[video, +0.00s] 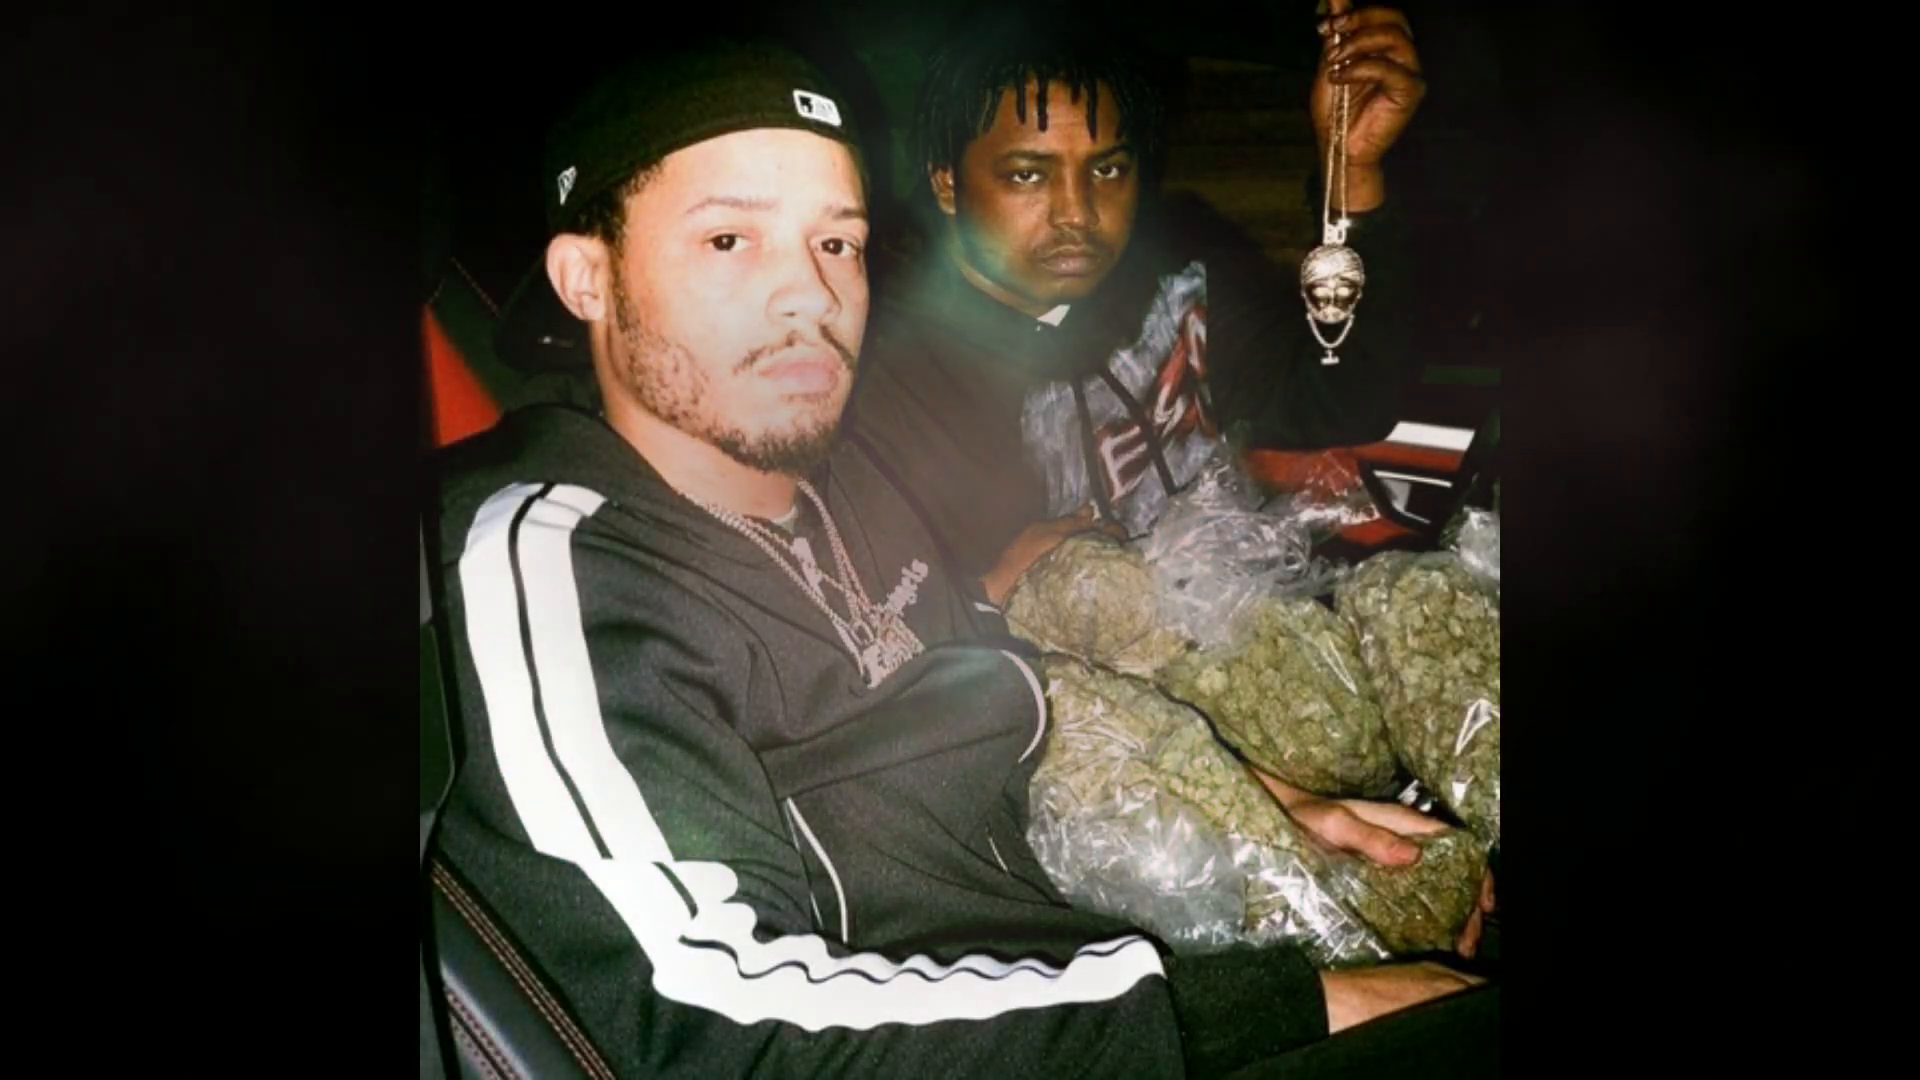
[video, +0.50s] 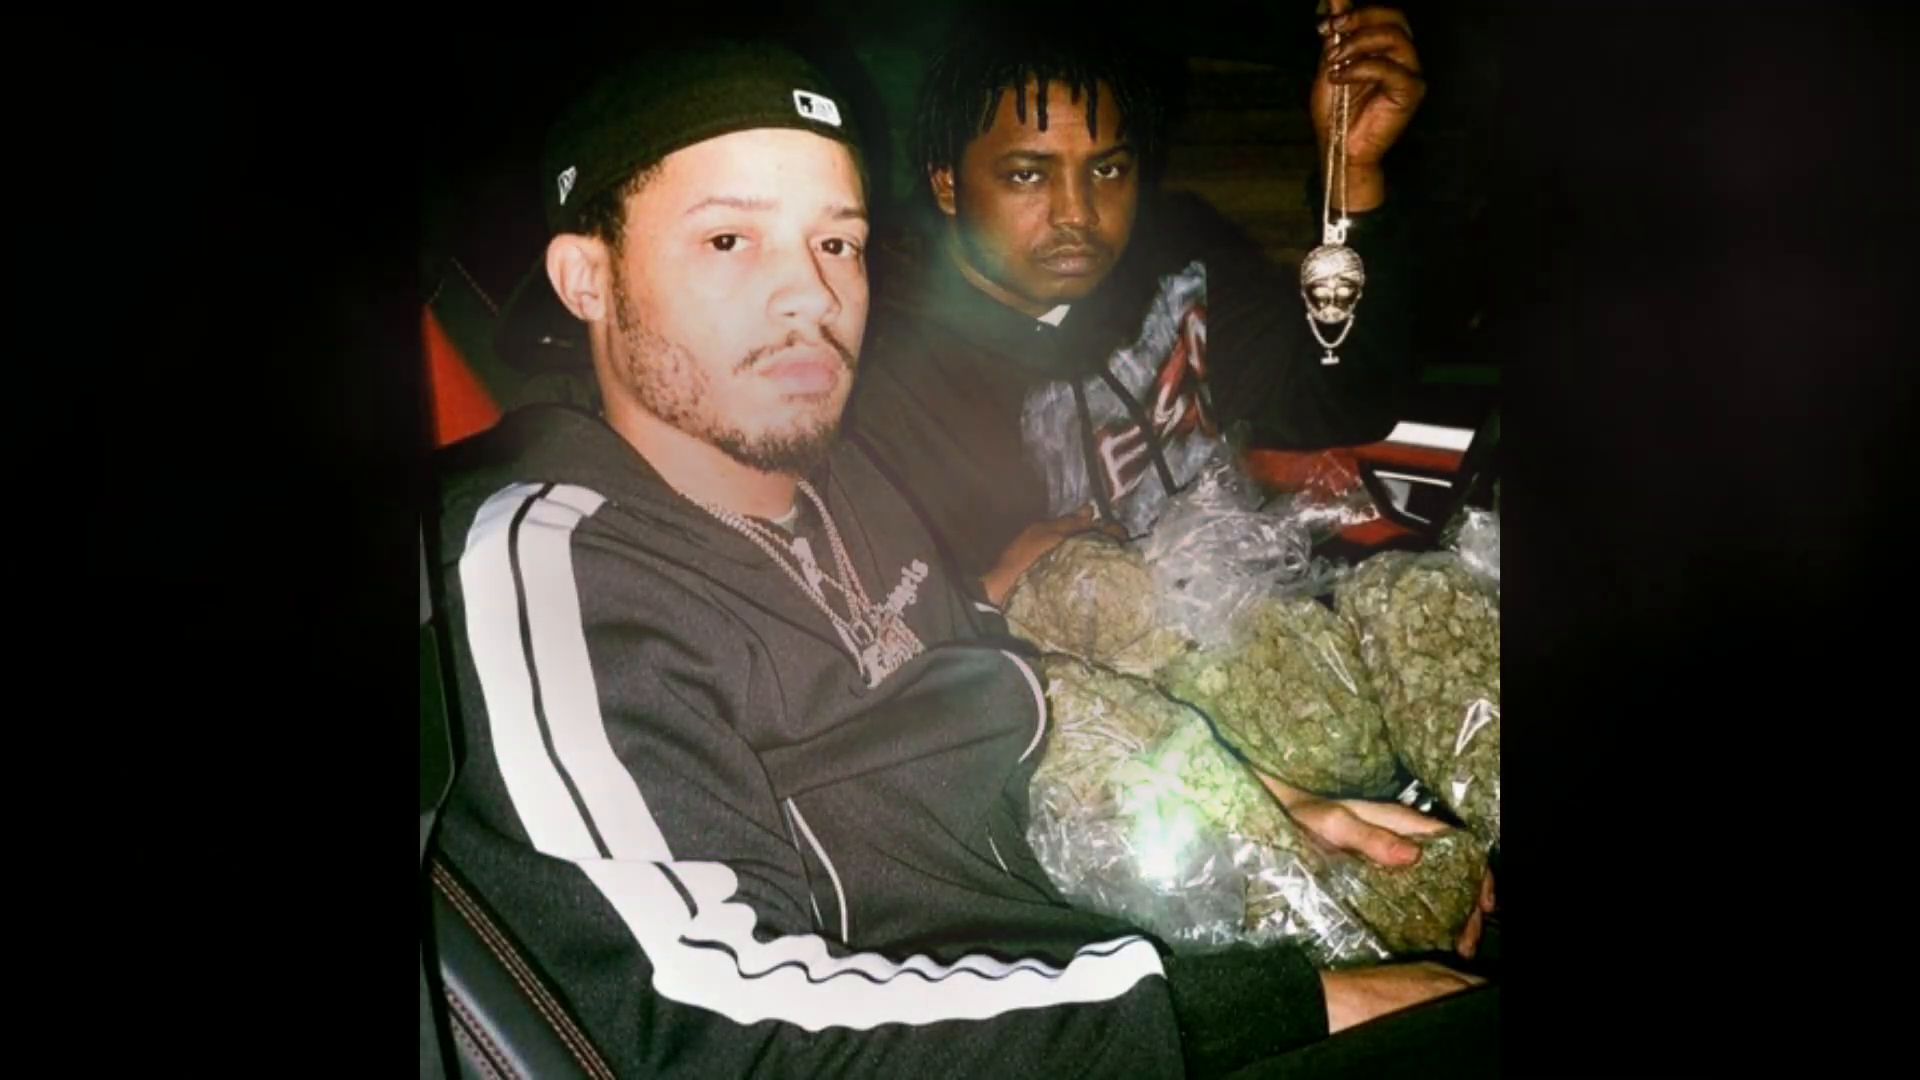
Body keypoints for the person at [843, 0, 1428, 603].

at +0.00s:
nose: (1077, 216)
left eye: (1108, 171)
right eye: (1029, 175)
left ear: (1142, 171)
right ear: (945, 185)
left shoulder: (1179, 250)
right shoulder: (899, 370)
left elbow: (1346, 413)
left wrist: (1353, 171)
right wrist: (990, 590)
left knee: (1425, 603)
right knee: (1083, 578)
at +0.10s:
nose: (1077, 217)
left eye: (1108, 170)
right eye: (1028, 175)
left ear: (1140, 169)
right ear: (945, 185)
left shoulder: (1181, 251)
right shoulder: (898, 370)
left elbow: (1343, 421)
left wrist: (1353, 172)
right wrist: (990, 591)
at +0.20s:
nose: (1077, 217)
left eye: (1108, 170)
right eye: (1029, 175)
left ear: (1140, 171)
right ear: (945, 186)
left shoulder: (1181, 251)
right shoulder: (898, 368)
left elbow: (1341, 425)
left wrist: (1353, 173)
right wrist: (991, 588)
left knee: (1427, 603)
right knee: (1081, 576)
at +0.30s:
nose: (1077, 217)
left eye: (1107, 171)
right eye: (1029, 175)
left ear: (1140, 171)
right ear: (946, 188)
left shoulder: (1179, 246)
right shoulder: (900, 369)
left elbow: (1342, 421)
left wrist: (1352, 173)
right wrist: (990, 589)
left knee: (1425, 601)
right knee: (1081, 578)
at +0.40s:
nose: (1077, 217)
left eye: (1108, 170)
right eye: (1029, 175)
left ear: (1142, 170)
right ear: (945, 187)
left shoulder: (1179, 244)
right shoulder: (899, 371)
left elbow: (1343, 419)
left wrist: (1353, 173)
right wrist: (990, 591)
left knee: (1428, 602)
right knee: (1083, 578)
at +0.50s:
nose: (1077, 217)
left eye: (1108, 171)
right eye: (1029, 175)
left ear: (1141, 171)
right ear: (945, 186)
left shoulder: (1179, 245)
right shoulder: (898, 373)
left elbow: (1338, 424)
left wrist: (1353, 173)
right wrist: (990, 591)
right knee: (1083, 579)